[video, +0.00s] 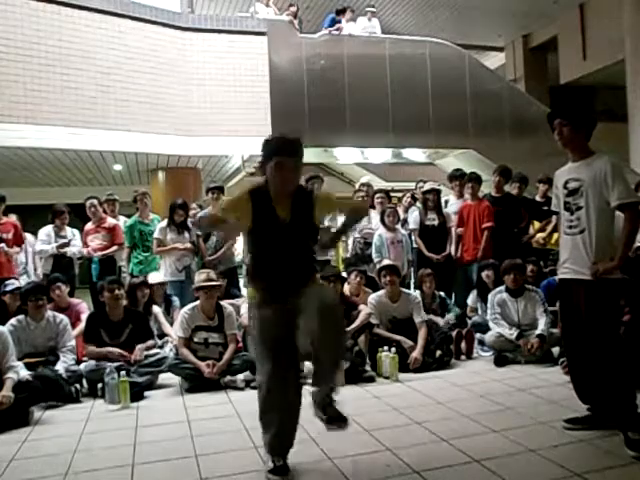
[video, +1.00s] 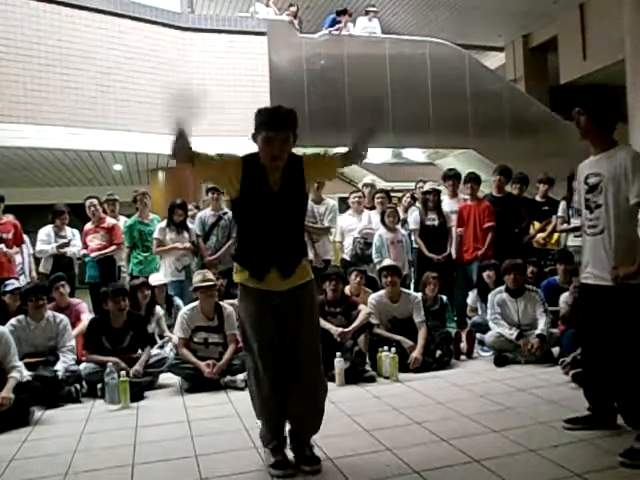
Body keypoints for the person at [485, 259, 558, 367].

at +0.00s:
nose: (513, 278)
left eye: (517, 274)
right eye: (508, 274)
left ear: (523, 276)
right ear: (503, 277)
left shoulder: (535, 293)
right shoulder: (495, 296)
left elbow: (544, 316)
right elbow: (494, 320)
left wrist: (540, 336)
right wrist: (517, 336)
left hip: (531, 332)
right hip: (509, 333)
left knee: (555, 335)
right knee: (491, 338)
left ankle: (514, 357)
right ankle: (538, 355)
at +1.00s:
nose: (513, 278)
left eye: (516, 274)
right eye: (509, 274)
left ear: (523, 276)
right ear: (504, 277)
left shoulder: (535, 293)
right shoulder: (495, 296)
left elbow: (543, 315)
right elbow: (494, 320)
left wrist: (540, 336)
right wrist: (517, 336)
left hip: (531, 331)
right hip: (508, 333)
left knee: (553, 335)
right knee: (491, 338)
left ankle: (513, 357)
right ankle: (538, 355)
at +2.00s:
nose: (517, 280)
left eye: (521, 276)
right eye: (513, 277)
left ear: (528, 279)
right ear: (508, 280)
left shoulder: (539, 296)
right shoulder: (499, 299)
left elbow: (548, 319)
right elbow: (498, 323)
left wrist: (544, 339)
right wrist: (522, 339)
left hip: (535, 335)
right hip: (512, 335)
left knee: (559, 338)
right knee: (495, 341)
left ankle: (519, 360)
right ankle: (542, 358)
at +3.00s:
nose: (517, 280)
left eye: (521, 276)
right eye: (513, 277)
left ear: (527, 278)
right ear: (508, 280)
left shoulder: (539, 296)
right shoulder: (499, 299)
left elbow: (548, 319)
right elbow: (498, 323)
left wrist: (544, 339)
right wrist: (522, 339)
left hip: (535, 335)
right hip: (512, 336)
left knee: (558, 338)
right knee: (495, 341)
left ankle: (519, 360)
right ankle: (541, 358)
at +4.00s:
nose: (517, 281)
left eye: (521, 277)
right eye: (513, 277)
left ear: (527, 278)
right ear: (508, 280)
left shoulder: (539, 296)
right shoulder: (499, 299)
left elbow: (548, 319)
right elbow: (498, 323)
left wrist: (544, 339)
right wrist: (522, 339)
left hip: (535, 334)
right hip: (513, 335)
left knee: (559, 338)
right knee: (495, 341)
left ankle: (519, 360)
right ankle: (542, 358)